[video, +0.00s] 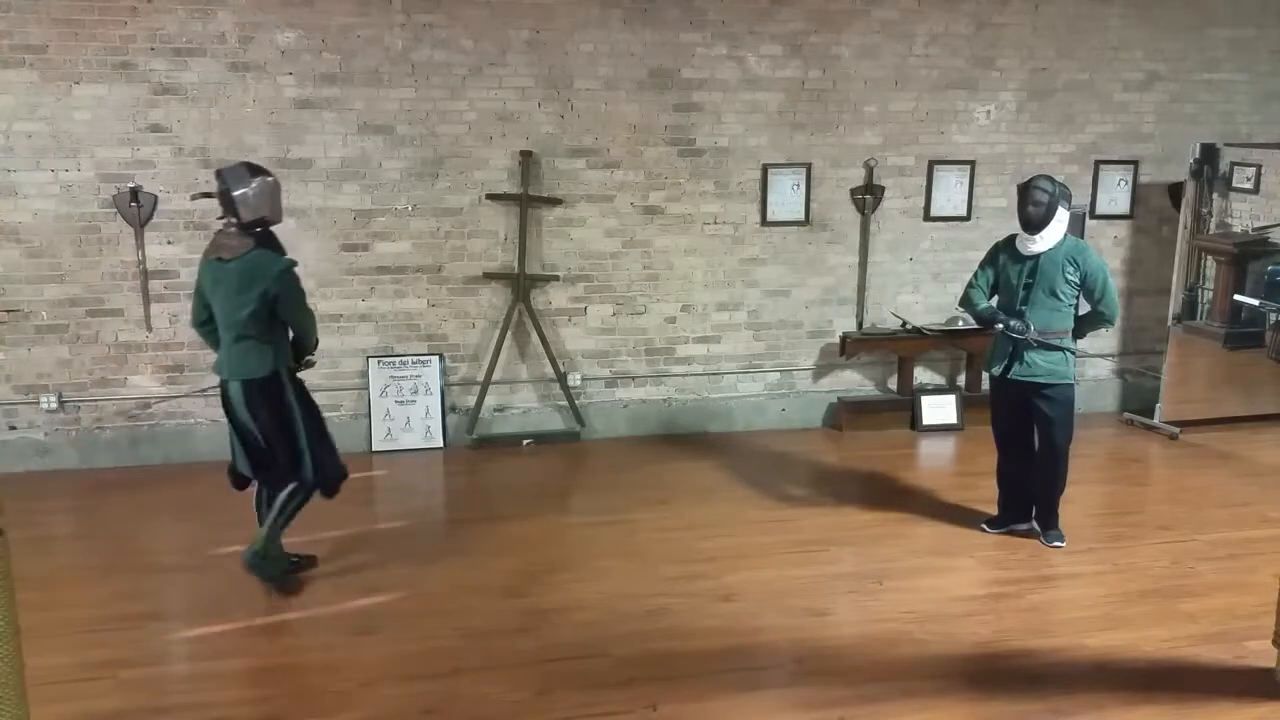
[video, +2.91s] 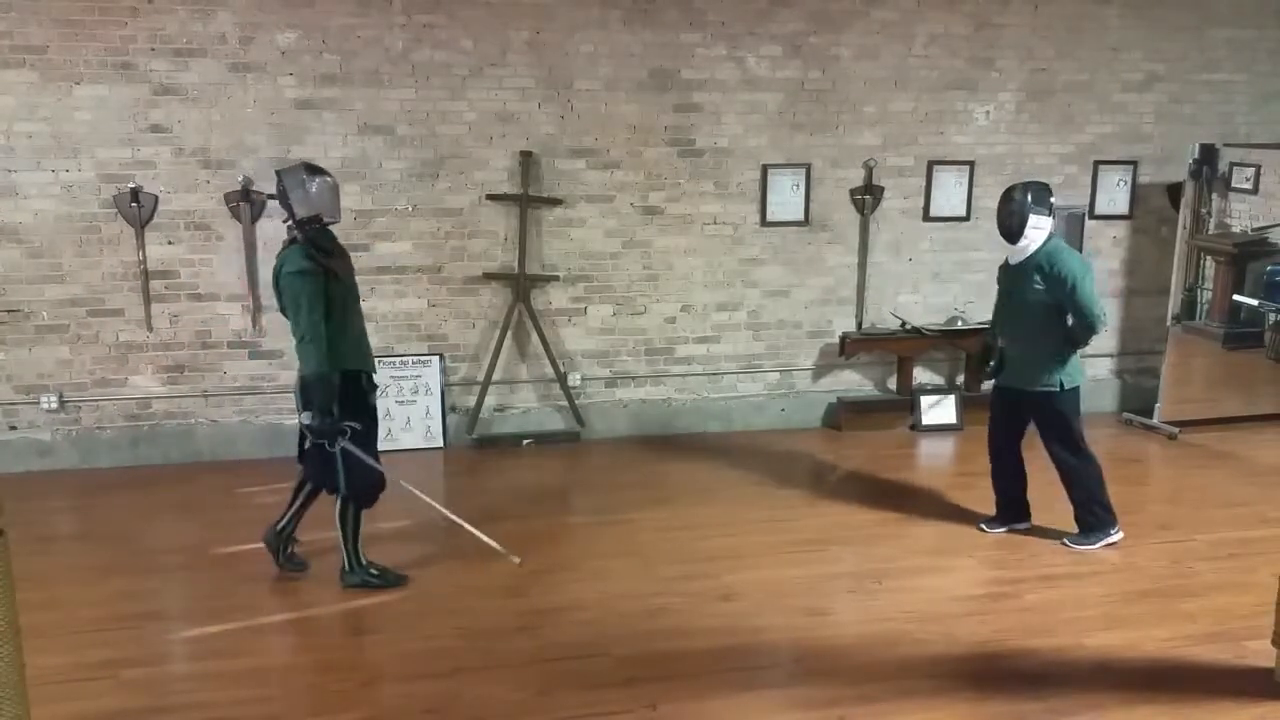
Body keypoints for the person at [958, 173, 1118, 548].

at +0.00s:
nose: (1028, 209)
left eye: (1037, 203)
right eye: (1024, 202)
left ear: (1058, 207)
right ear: (1019, 204)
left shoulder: (1079, 254)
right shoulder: (1004, 250)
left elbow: (1107, 312)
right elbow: (972, 296)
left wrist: (1068, 331)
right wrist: (999, 320)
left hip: (1052, 372)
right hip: (1006, 370)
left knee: (1053, 453)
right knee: (1011, 449)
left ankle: (1048, 522)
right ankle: (1013, 515)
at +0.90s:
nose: (1027, 210)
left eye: (1035, 203)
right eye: (1023, 202)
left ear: (1056, 207)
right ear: (1017, 203)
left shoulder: (1080, 254)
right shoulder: (1005, 249)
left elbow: (1108, 310)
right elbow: (963, 294)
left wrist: (1073, 329)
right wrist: (998, 316)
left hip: (1050, 372)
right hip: (1005, 369)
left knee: (1049, 452)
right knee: (1011, 449)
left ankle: (1049, 523)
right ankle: (1015, 515)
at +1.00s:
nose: (1027, 210)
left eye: (1036, 205)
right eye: (1023, 203)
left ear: (1056, 209)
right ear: (1017, 204)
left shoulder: (1079, 255)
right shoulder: (1007, 249)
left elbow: (1107, 312)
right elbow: (974, 273)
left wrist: (1069, 330)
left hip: (1050, 368)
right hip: (1004, 364)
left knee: (1048, 451)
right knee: (1010, 447)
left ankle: (1047, 521)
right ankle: (1013, 515)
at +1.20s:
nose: (1028, 212)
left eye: (1037, 205)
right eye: (1024, 204)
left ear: (1057, 208)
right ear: (1019, 205)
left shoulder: (1078, 256)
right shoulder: (1005, 248)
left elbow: (1105, 313)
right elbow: (956, 254)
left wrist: (1071, 331)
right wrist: (907, 245)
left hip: (1048, 366)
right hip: (1003, 363)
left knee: (1048, 449)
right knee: (1009, 445)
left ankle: (1047, 521)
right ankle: (1014, 514)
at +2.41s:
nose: (1004, 219)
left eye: (1011, 211)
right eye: (1001, 211)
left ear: (1035, 210)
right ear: (1000, 211)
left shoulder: (1068, 253)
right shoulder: (996, 253)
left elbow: (1102, 308)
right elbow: (959, 288)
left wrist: (1067, 327)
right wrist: (920, 287)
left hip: (1046, 364)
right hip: (1002, 363)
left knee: (1048, 447)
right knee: (1007, 445)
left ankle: (1055, 524)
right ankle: (1012, 515)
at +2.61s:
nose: (1003, 217)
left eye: (1011, 209)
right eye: (1000, 209)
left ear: (1035, 210)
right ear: (999, 209)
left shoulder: (1064, 252)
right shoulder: (1001, 255)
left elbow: (1096, 310)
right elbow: (976, 300)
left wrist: (1067, 328)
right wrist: (937, 328)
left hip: (1043, 366)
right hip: (1004, 365)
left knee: (1052, 447)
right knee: (1009, 447)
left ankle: (1086, 519)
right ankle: (1013, 514)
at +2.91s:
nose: (1002, 219)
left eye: (1011, 211)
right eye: (1002, 211)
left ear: (1034, 216)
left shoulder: (1063, 260)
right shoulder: (1011, 263)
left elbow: (1091, 319)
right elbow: (1003, 317)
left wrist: (1068, 341)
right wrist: (993, 349)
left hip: (1053, 376)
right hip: (1014, 373)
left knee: (1068, 451)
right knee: (1002, 444)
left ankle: (1101, 525)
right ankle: (1013, 514)